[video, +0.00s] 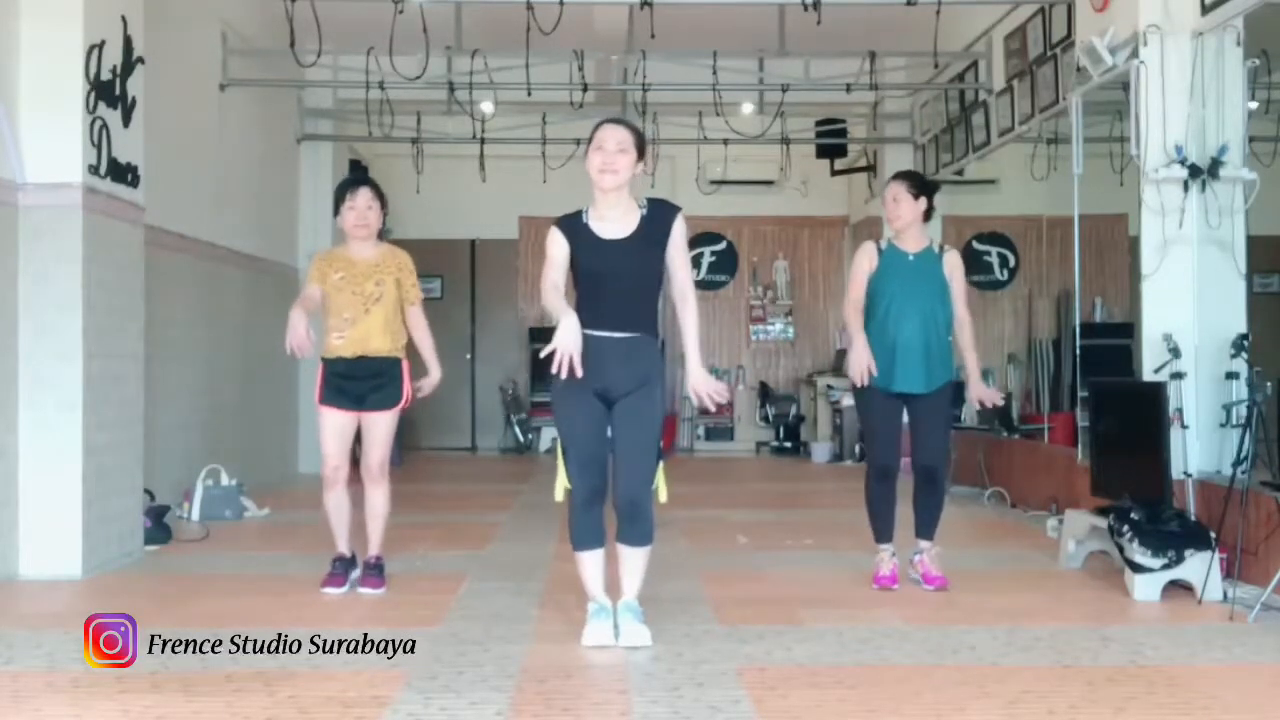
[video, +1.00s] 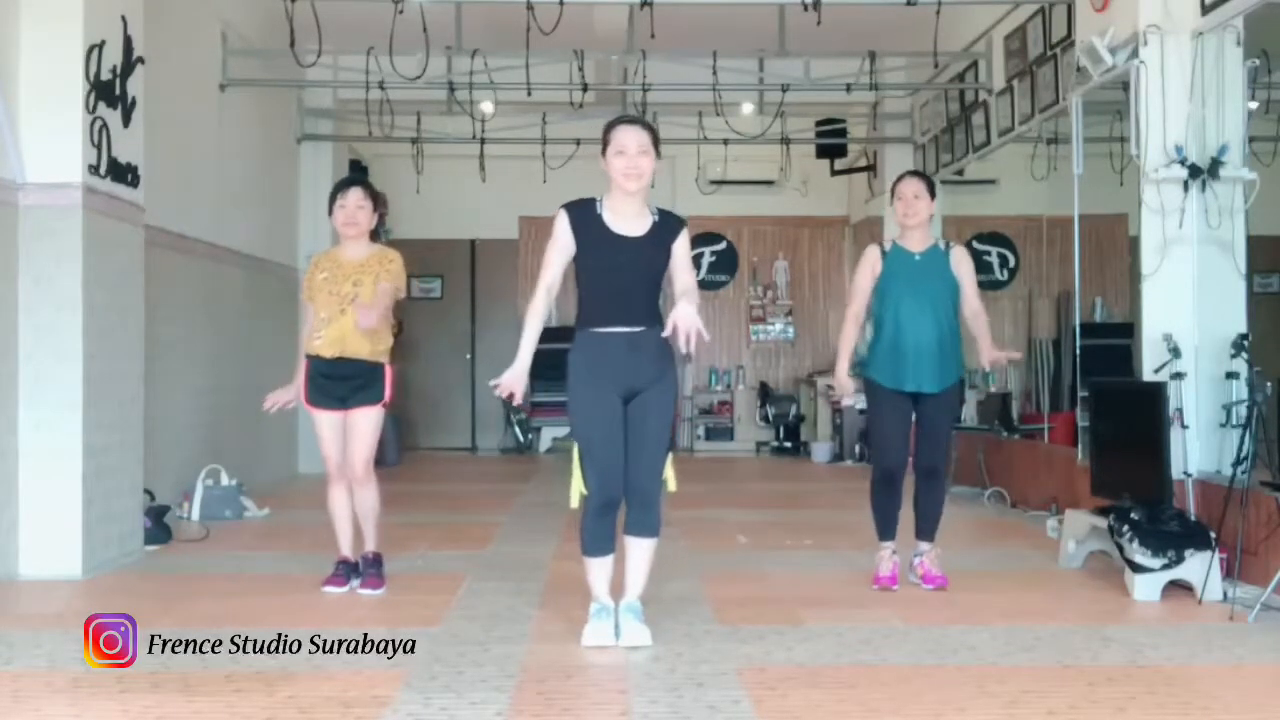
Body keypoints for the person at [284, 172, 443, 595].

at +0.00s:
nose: (361, 214)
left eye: (370, 207)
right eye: (351, 207)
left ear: (382, 216)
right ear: (339, 216)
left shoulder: (398, 260)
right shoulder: (326, 262)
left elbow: (415, 316)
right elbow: (309, 300)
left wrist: (433, 366)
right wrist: (297, 314)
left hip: (386, 371)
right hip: (338, 371)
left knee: (375, 469)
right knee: (334, 470)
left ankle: (373, 559)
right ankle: (342, 556)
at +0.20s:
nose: (363, 217)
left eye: (372, 209)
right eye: (354, 210)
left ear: (383, 218)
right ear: (340, 219)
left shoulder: (399, 262)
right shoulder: (326, 264)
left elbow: (413, 316)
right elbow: (312, 299)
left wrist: (428, 366)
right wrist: (304, 315)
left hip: (388, 371)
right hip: (340, 372)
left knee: (376, 469)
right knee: (336, 472)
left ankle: (373, 559)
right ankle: (342, 556)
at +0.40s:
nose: (363, 217)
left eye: (372, 210)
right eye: (353, 210)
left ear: (383, 218)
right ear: (341, 220)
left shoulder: (399, 264)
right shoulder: (326, 266)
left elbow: (413, 319)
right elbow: (311, 307)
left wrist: (427, 368)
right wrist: (302, 321)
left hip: (388, 371)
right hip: (340, 372)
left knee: (377, 468)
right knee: (335, 472)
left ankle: (373, 558)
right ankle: (342, 555)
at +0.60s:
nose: (358, 211)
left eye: (368, 204)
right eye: (350, 204)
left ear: (382, 214)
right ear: (338, 214)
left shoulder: (397, 261)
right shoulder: (323, 264)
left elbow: (406, 319)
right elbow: (306, 321)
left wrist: (408, 367)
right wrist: (293, 370)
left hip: (382, 368)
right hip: (333, 369)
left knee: (372, 468)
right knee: (335, 471)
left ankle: (374, 559)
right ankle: (345, 558)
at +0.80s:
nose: (354, 210)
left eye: (364, 203)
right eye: (346, 203)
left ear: (378, 213)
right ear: (334, 213)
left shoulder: (391, 260)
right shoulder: (320, 264)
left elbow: (393, 306)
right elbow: (304, 326)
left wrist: (382, 326)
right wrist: (290, 386)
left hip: (372, 367)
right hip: (325, 367)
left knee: (365, 469)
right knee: (338, 471)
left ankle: (372, 559)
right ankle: (345, 560)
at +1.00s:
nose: (350, 213)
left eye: (360, 207)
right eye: (343, 206)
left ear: (375, 216)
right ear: (331, 214)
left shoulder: (387, 262)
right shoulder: (319, 265)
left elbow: (379, 317)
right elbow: (308, 330)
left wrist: (369, 316)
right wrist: (297, 383)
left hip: (367, 369)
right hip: (322, 368)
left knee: (360, 469)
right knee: (335, 471)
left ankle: (371, 558)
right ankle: (345, 560)